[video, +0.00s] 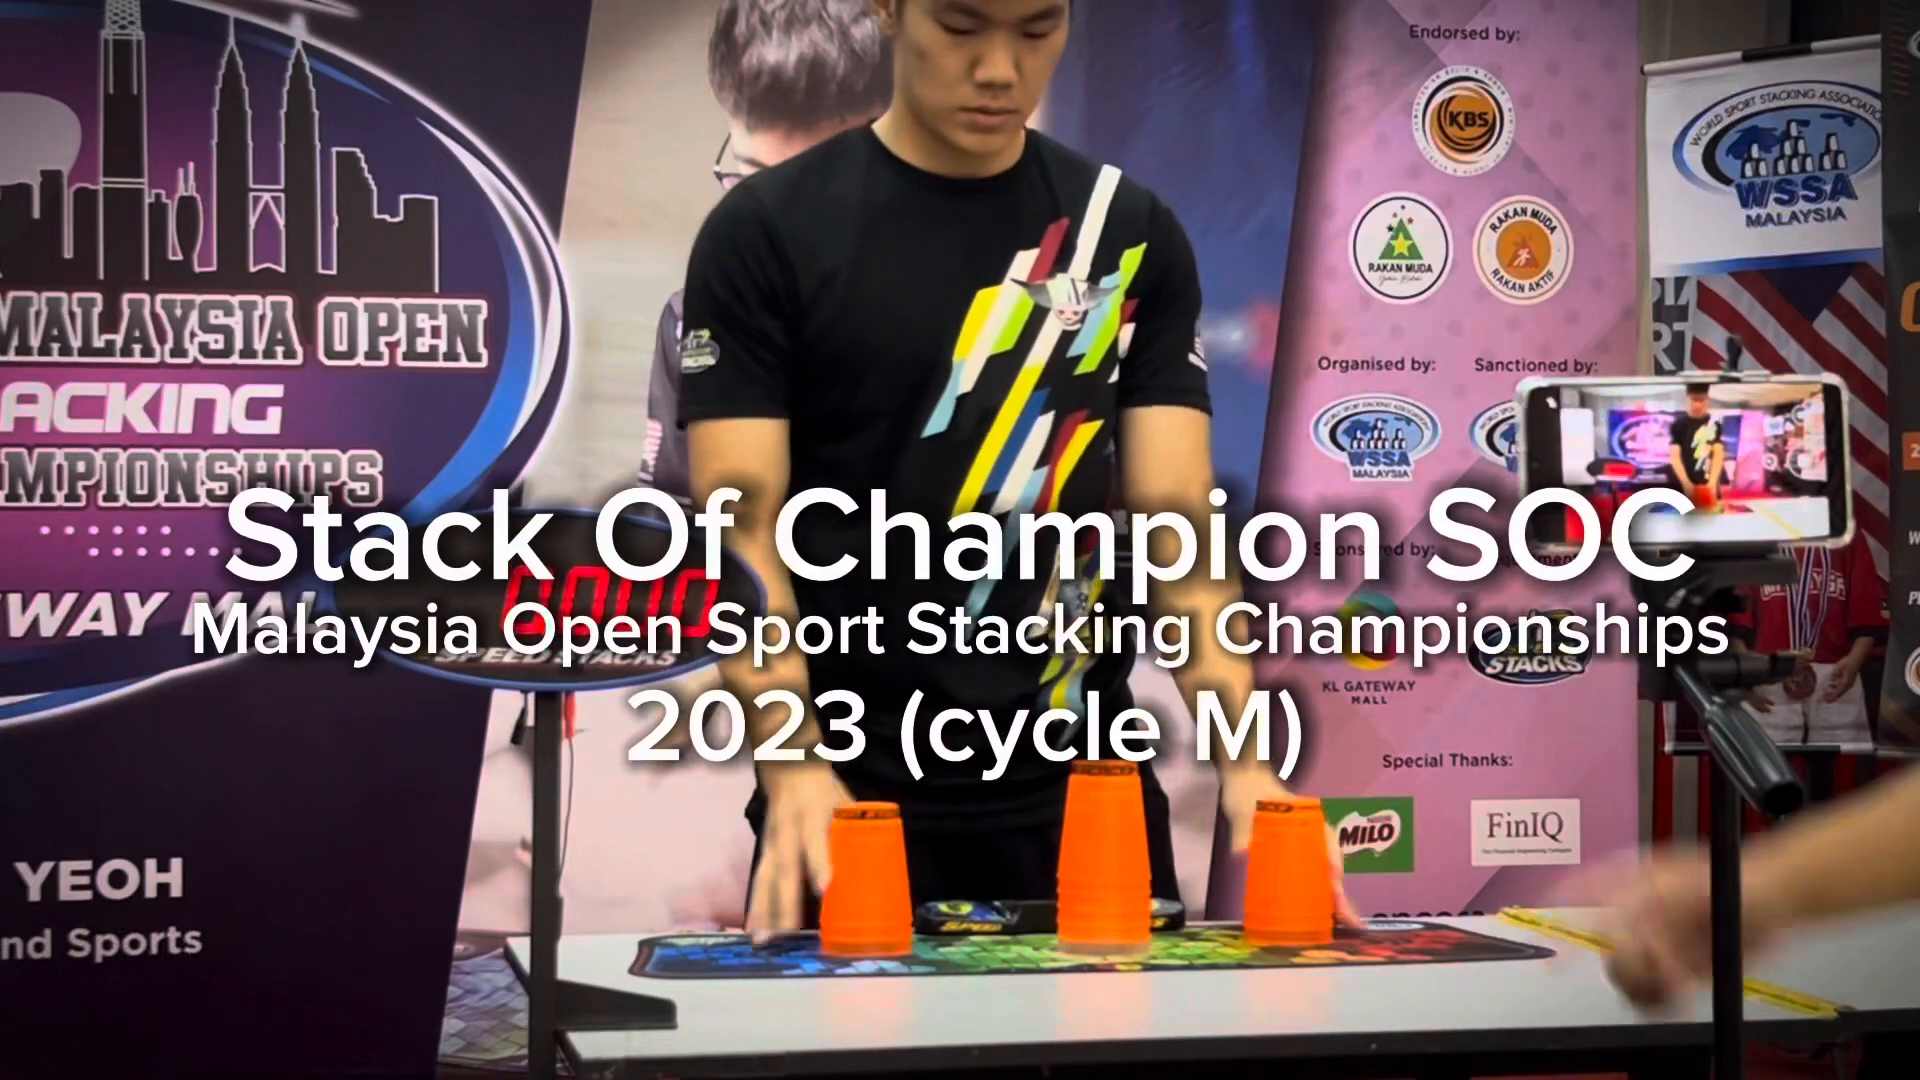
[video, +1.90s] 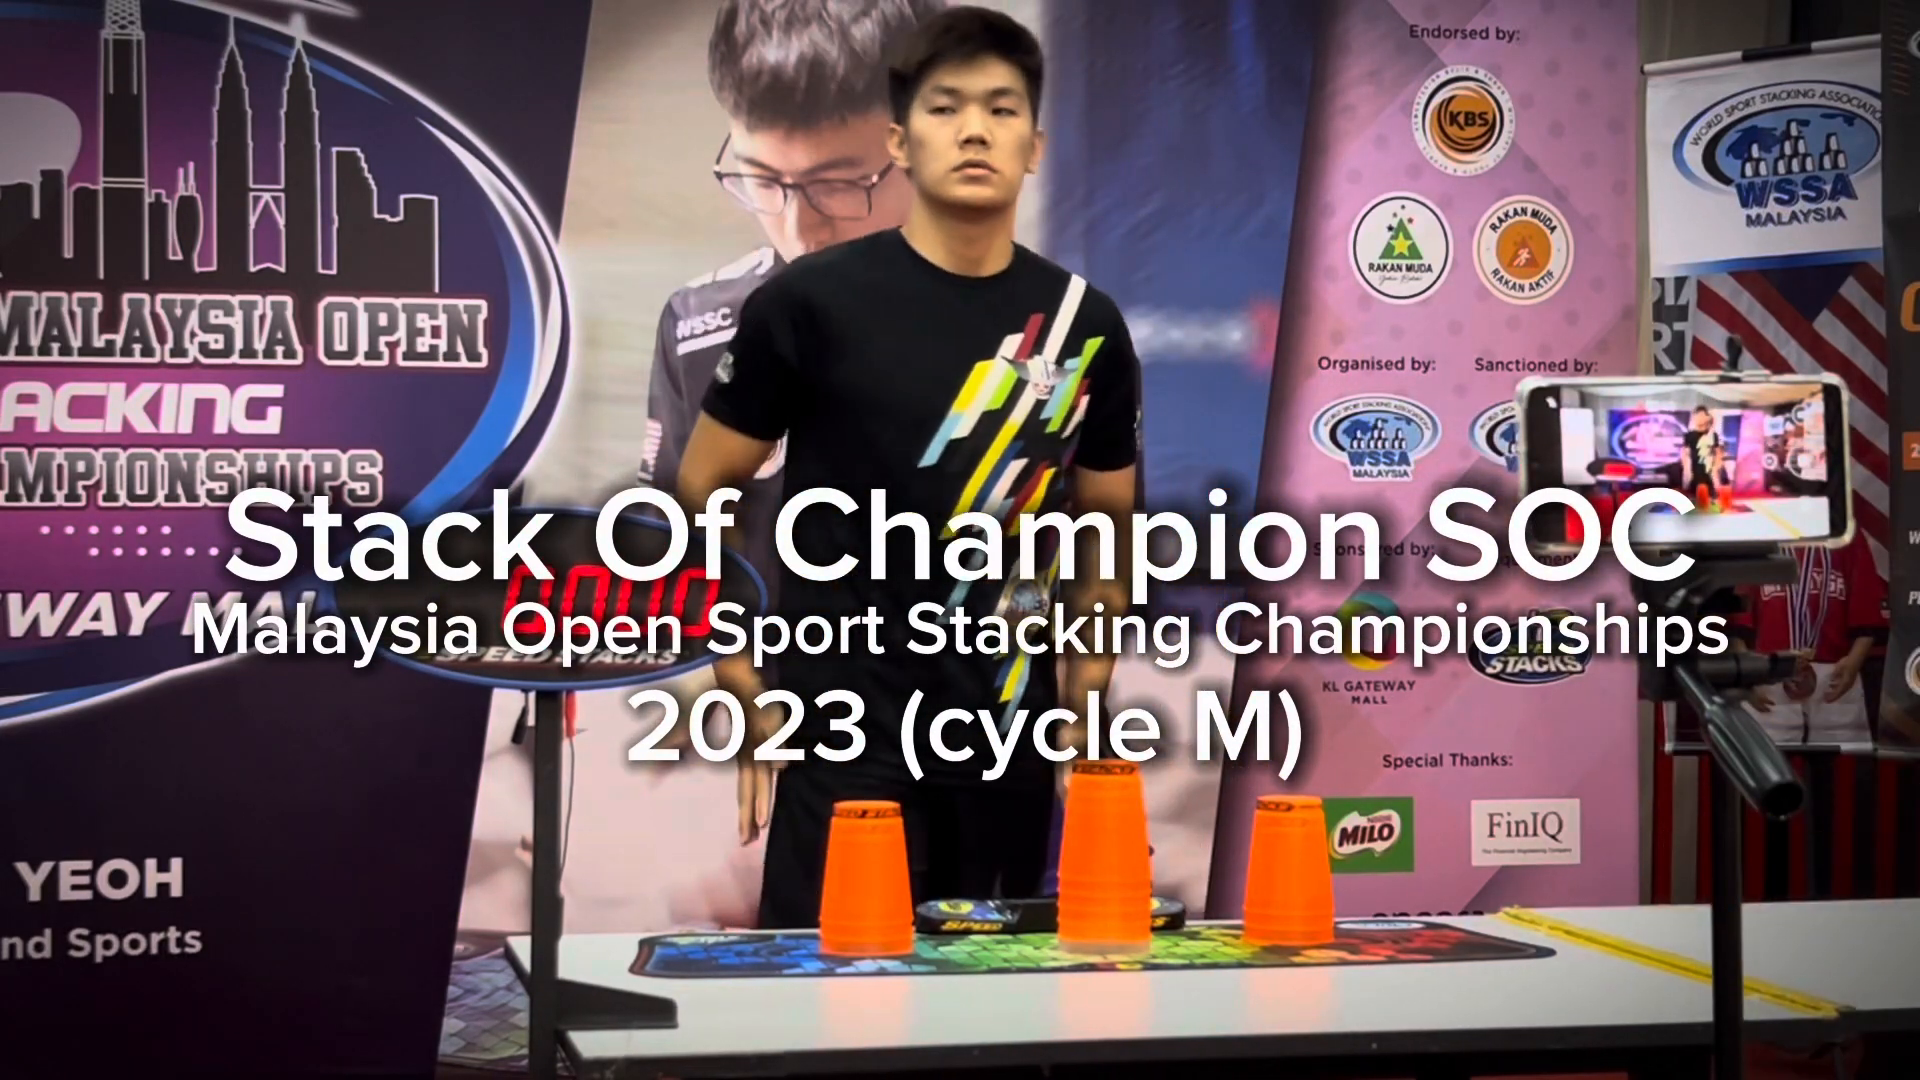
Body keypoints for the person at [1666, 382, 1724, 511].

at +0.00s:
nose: (1698, 405)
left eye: (1701, 400)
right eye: (1694, 400)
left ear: (1707, 400)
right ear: (1688, 400)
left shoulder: (1713, 424)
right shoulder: (1679, 425)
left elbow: (1717, 455)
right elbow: (1675, 458)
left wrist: (1712, 484)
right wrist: (1687, 485)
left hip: (1708, 487)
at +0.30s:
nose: (1694, 405)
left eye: (1698, 401)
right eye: (1691, 400)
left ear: (1704, 400)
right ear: (1685, 400)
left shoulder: (1710, 424)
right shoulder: (1677, 425)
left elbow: (1717, 456)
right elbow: (1672, 458)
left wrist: (1721, 485)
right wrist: (1672, 488)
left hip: (1705, 482)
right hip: (1684, 483)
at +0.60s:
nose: (1706, 408)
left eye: (1709, 404)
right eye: (1702, 403)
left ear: (1714, 404)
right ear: (1697, 403)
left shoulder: (1719, 428)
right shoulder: (1685, 427)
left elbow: (1725, 454)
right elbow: (1674, 450)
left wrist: (1725, 478)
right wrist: (1675, 472)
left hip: (1711, 477)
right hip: (1689, 477)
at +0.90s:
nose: (1714, 409)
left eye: (1718, 406)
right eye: (1712, 405)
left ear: (1722, 408)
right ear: (1706, 406)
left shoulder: (1726, 429)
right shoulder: (1694, 429)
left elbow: (1728, 456)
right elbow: (1689, 457)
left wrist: (1731, 479)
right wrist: (1686, 483)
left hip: (1719, 482)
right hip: (1699, 481)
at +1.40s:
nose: (1706, 414)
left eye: (1708, 410)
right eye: (1703, 411)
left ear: (1712, 413)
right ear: (1697, 414)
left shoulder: (1718, 434)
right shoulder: (1692, 434)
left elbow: (1723, 452)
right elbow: (1685, 453)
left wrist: (1722, 468)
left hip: (1714, 474)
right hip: (1698, 475)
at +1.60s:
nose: (1701, 417)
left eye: (1703, 414)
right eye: (1698, 414)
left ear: (1708, 416)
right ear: (1694, 416)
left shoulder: (1714, 435)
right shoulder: (1689, 435)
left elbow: (1721, 452)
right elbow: (1684, 454)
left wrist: (1717, 467)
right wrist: (1687, 466)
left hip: (1710, 467)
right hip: (1694, 467)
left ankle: (1714, 498)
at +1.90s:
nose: (1701, 420)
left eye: (1703, 417)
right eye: (1698, 417)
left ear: (1708, 418)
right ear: (1694, 418)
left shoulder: (1713, 436)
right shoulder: (1690, 436)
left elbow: (1718, 453)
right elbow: (1686, 454)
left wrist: (1716, 467)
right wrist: (1687, 471)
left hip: (1710, 467)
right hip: (1695, 467)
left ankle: (1714, 498)